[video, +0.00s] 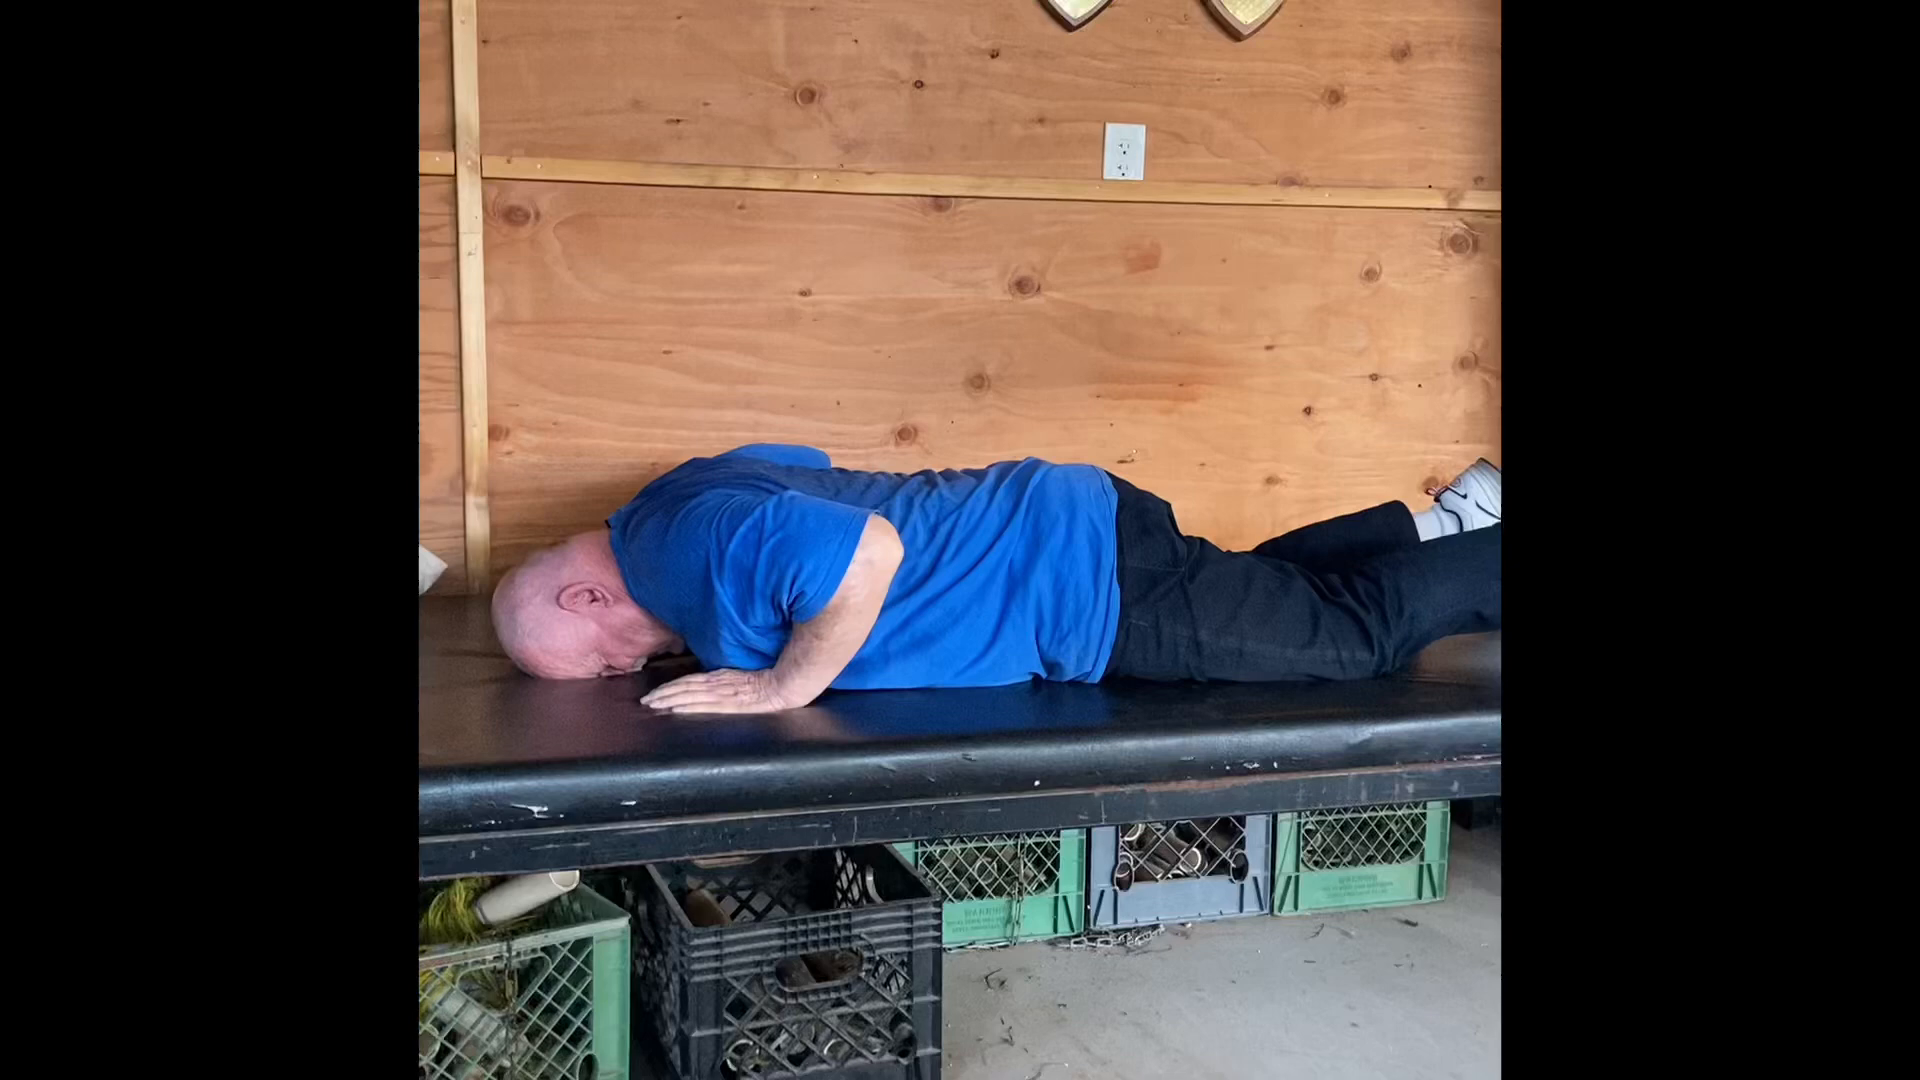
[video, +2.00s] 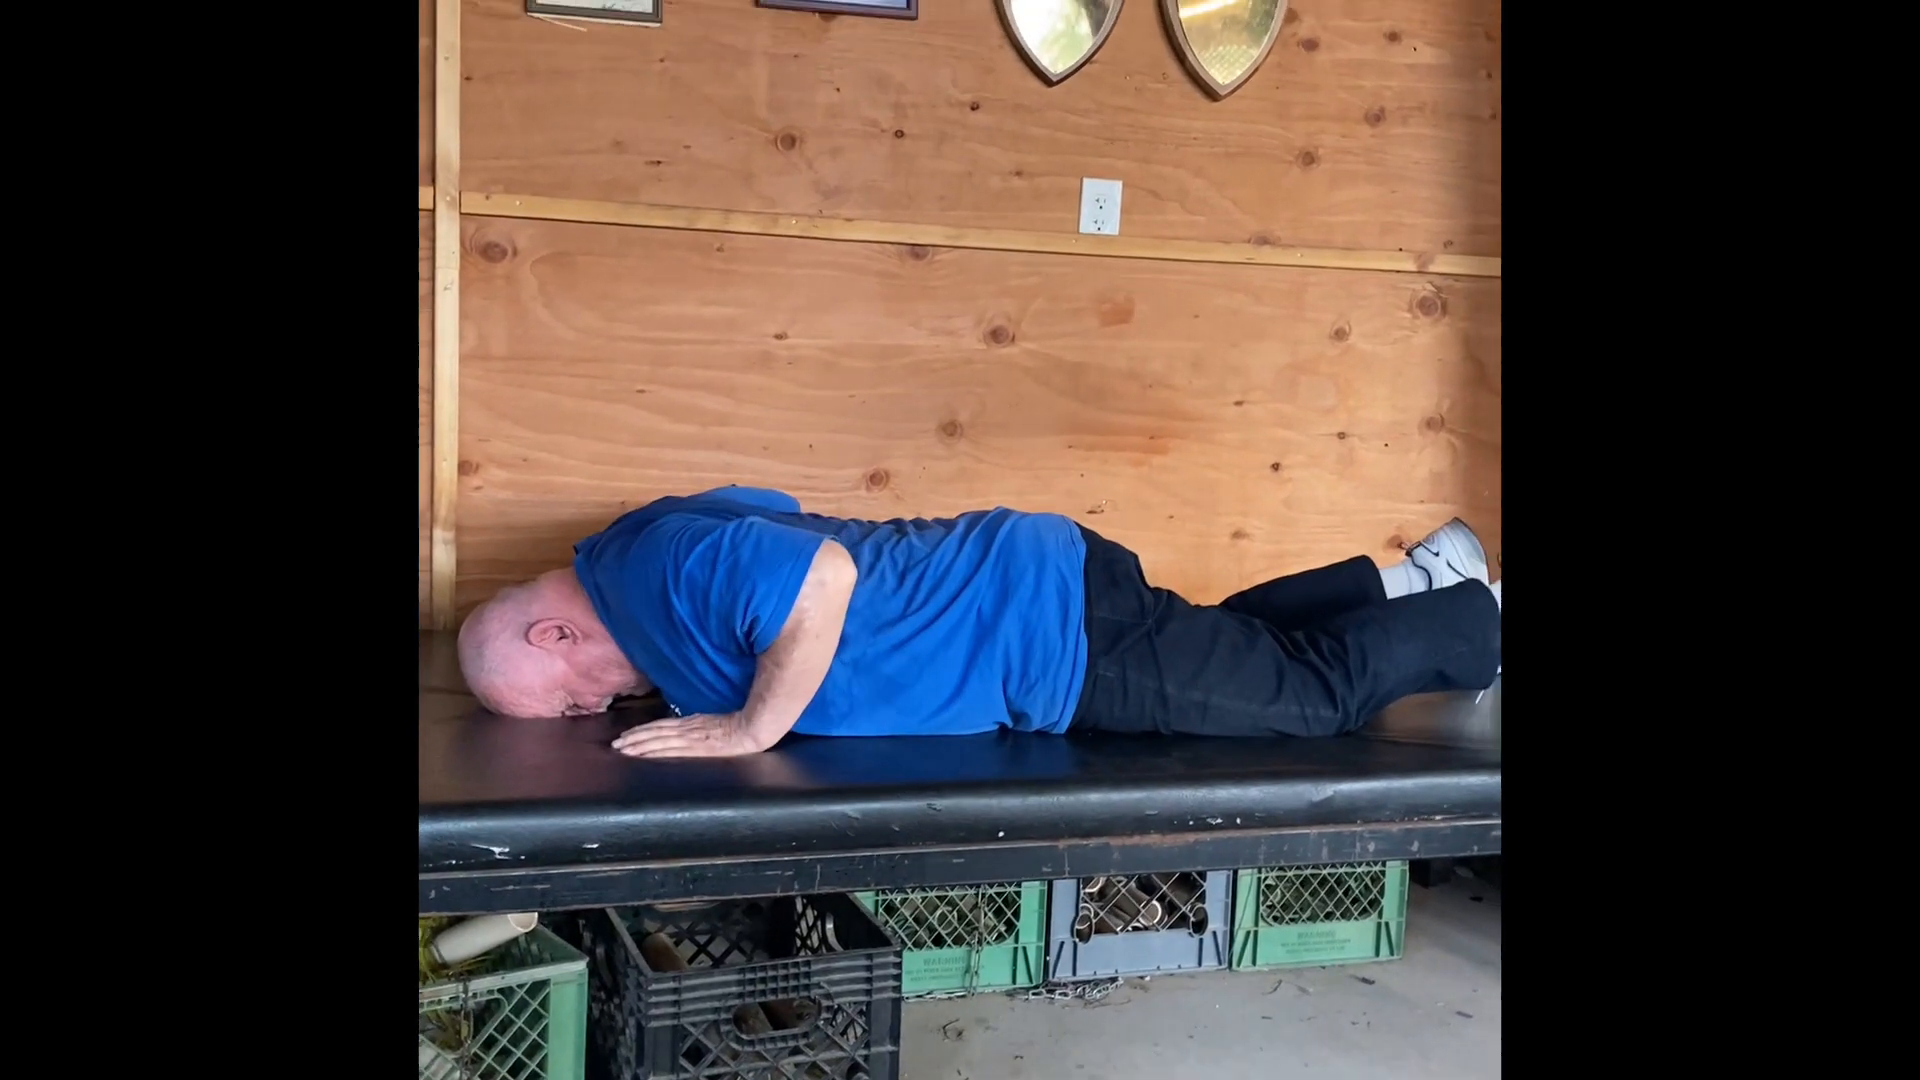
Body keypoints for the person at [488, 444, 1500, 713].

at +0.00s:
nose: (612, 670)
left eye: (583, 665)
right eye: (586, 663)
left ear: (586, 608)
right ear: (583, 581)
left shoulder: (699, 536)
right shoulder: (672, 525)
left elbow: (868, 548)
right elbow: (857, 525)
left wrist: (779, 689)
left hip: (1083, 578)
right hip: (1062, 540)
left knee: (1356, 632)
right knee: (1267, 599)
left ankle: (1488, 547)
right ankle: (1447, 523)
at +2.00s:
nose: (586, 710)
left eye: (558, 701)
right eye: (561, 707)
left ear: (546, 635)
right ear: (548, 627)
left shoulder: (657, 567)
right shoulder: (640, 580)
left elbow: (826, 574)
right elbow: (819, 550)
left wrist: (750, 728)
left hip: (1052, 624)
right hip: (1030, 626)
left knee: (1315, 689)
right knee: (1245, 662)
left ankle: (1481, 622)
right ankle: (1420, 572)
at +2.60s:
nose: (586, 634)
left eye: (564, 631)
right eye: (566, 633)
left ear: (561, 574)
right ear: (555, 542)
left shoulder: (686, 544)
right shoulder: (634, 509)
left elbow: (822, 633)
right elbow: (778, 605)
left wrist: (756, 769)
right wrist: (710, 684)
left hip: (1058, 634)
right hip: (1025, 612)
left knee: (1317, 712)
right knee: (1245, 668)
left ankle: (1471, 639)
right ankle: (1413, 607)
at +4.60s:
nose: (594, 570)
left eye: (568, 557)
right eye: (568, 564)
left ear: (572, 492)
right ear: (569, 473)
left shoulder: (693, 468)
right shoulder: (664, 450)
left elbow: (784, 615)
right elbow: (748, 605)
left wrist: (730, 766)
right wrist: (717, 717)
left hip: (1066, 590)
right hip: (1042, 579)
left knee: (1305, 687)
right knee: (1272, 639)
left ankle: (1479, 646)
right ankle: (1444, 610)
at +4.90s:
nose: (566, 658)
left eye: (543, 645)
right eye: (545, 657)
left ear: (539, 582)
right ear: (536, 572)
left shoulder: (661, 538)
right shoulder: (607, 529)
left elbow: (785, 636)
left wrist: (720, 771)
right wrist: (688, 714)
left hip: (1044, 634)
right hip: (1013, 636)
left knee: (1281, 725)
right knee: (1224, 669)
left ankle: (1471, 668)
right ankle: (1416, 625)